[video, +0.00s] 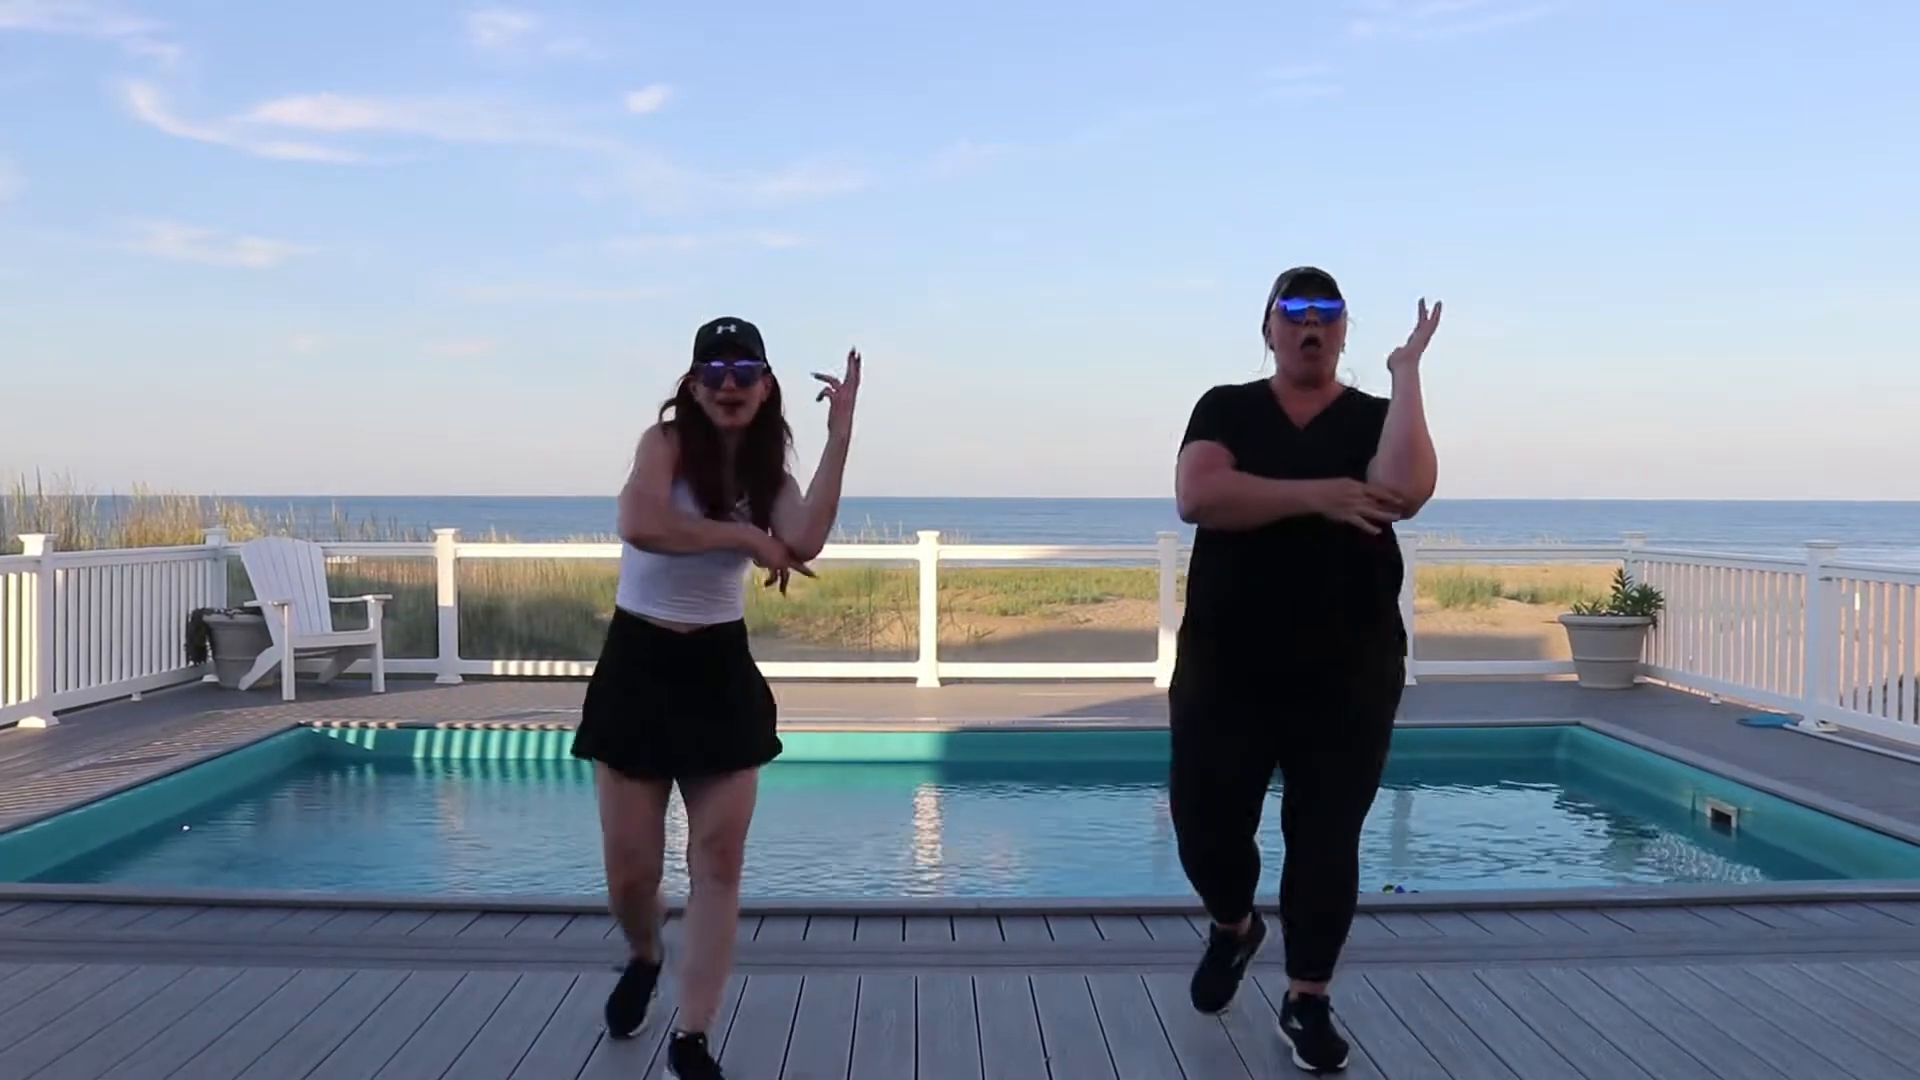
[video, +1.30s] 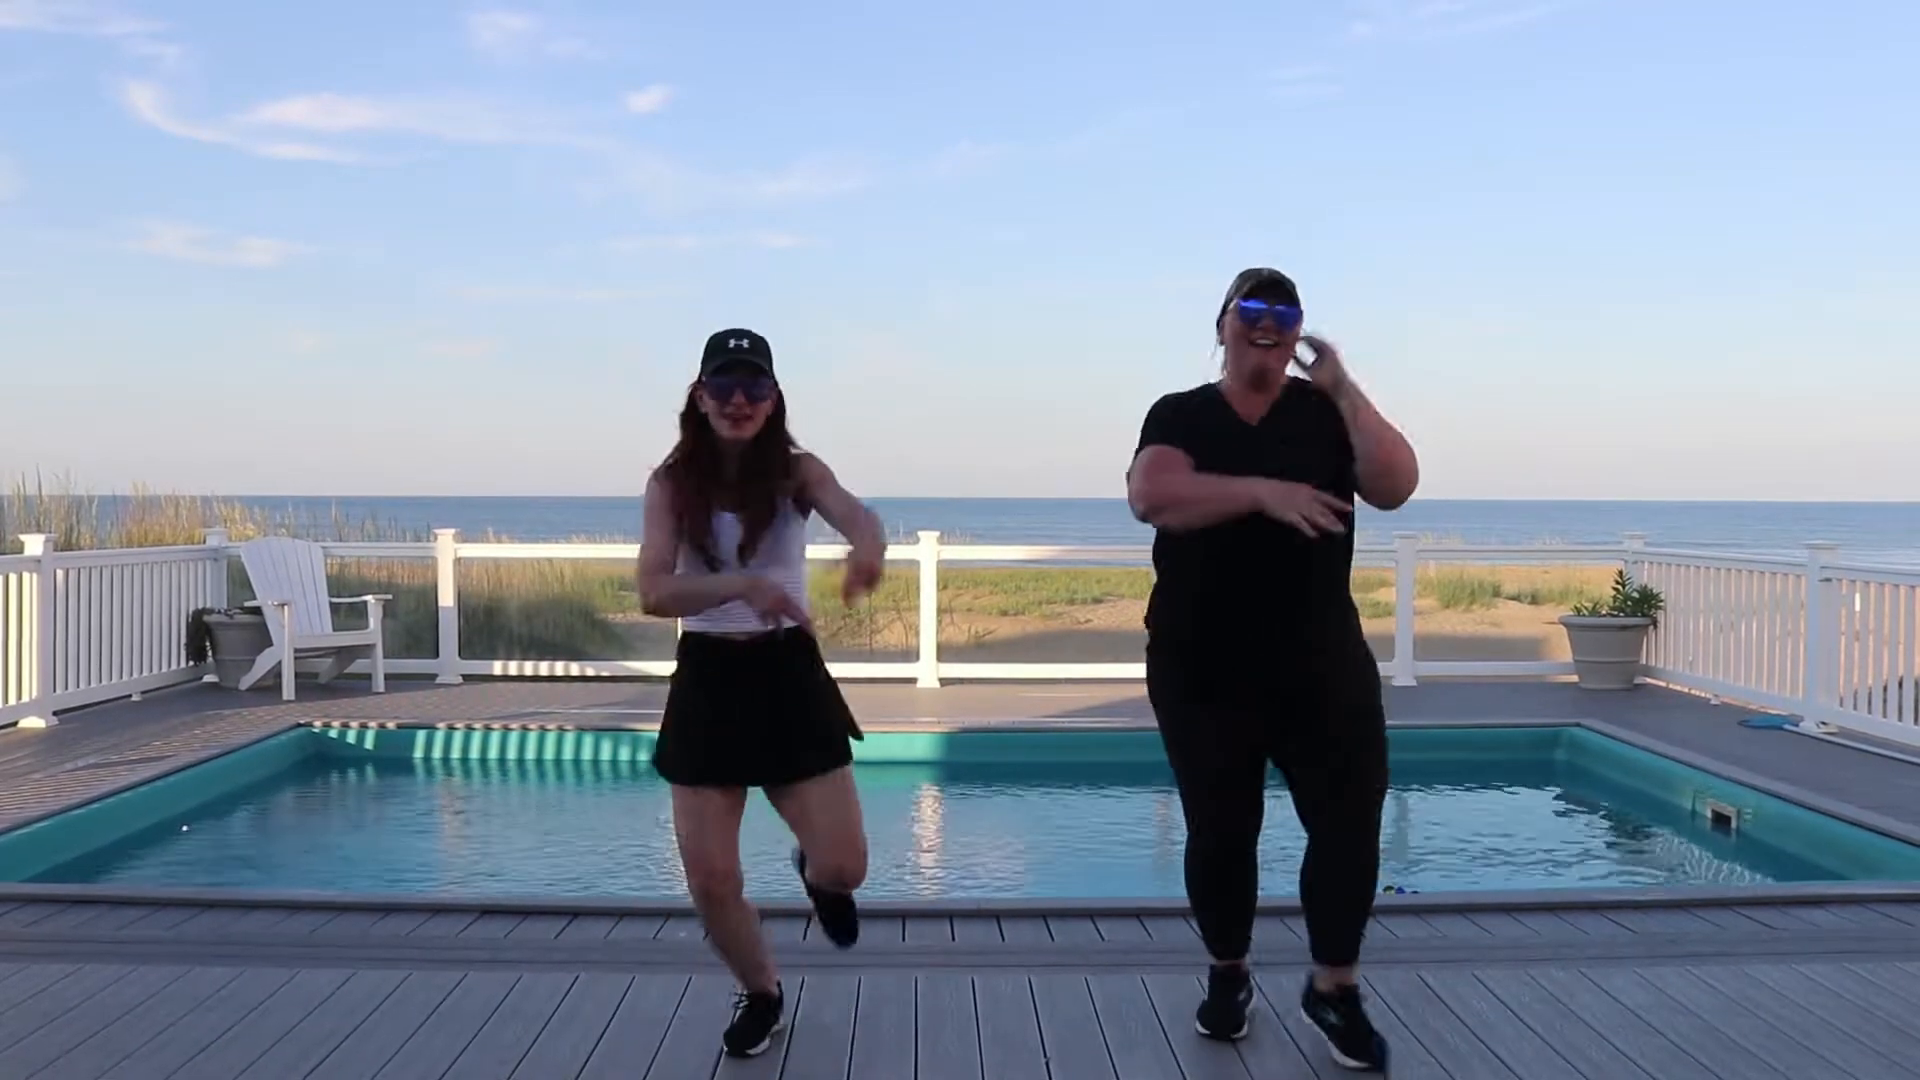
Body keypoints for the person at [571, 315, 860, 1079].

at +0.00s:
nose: (732, 388)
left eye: (747, 373)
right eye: (716, 374)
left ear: (768, 384)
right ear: (694, 382)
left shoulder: (767, 466)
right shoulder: (665, 440)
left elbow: (804, 543)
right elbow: (641, 523)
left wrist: (838, 443)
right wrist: (748, 538)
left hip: (721, 668)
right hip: (638, 664)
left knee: (720, 860)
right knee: (629, 871)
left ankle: (694, 1038)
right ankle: (644, 959)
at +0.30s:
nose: (728, 365)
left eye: (743, 351)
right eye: (713, 351)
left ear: (766, 360)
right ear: (692, 358)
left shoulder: (784, 444)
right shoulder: (670, 424)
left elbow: (818, 510)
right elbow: (619, 493)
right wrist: (709, 549)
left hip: (748, 645)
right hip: (664, 638)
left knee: (745, 857)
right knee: (621, 854)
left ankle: (725, 984)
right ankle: (633, 955)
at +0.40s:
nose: (730, 388)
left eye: (744, 376)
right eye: (714, 376)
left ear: (765, 386)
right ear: (691, 387)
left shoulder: (789, 470)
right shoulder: (668, 460)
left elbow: (824, 567)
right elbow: (592, 492)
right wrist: (675, 473)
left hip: (768, 671)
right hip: (682, 666)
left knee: (765, 876)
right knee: (624, 855)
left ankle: (733, 997)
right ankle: (654, 961)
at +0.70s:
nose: (713, 367)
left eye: (730, 356)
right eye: (699, 356)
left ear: (754, 367)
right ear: (678, 369)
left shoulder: (780, 431)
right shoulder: (669, 447)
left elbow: (812, 521)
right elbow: (633, 532)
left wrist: (701, 544)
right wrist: (623, 417)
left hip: (806, 651)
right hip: (721, 655)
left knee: (803, 862)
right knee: (709, 845)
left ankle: (748, 977)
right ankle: (736, 1031)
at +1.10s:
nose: (720, 367)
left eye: (736, 356)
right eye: (706, 354)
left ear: (757, 366)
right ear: (682, 363)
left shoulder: (778, 424)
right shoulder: (670, 452)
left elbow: (809, 513)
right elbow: (636, 571)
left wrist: (720, 586)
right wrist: (633, 476)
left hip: (819, 637)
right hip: (737, 644)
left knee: (842, 831)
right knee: (726, 835)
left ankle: (825, 955)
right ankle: (760, 988)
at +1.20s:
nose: (723, 381)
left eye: (740, 368)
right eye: (709, 366)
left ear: (762, 377)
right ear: (687, 374)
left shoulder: (789, 448)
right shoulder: (667, 464)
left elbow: (816, 530)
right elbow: (642, 583)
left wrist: (816, 616)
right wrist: (673, 560)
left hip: (803, 650)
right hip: (722, 660)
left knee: (854, 853)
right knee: (730, 867)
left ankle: (817, 887)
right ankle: (763, 990)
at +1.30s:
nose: (738, 398)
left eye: (753, 384)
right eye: (723, 384)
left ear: (773, 395)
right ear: (699, 394)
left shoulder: (796, 471)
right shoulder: (673, 482)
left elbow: (861, 523)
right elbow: (655, 590)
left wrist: (866, 559)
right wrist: (742, 584)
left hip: (790, 671)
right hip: (706, 675)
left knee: (847, 868)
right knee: (710, 881)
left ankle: (821, 877)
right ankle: (762, 993)